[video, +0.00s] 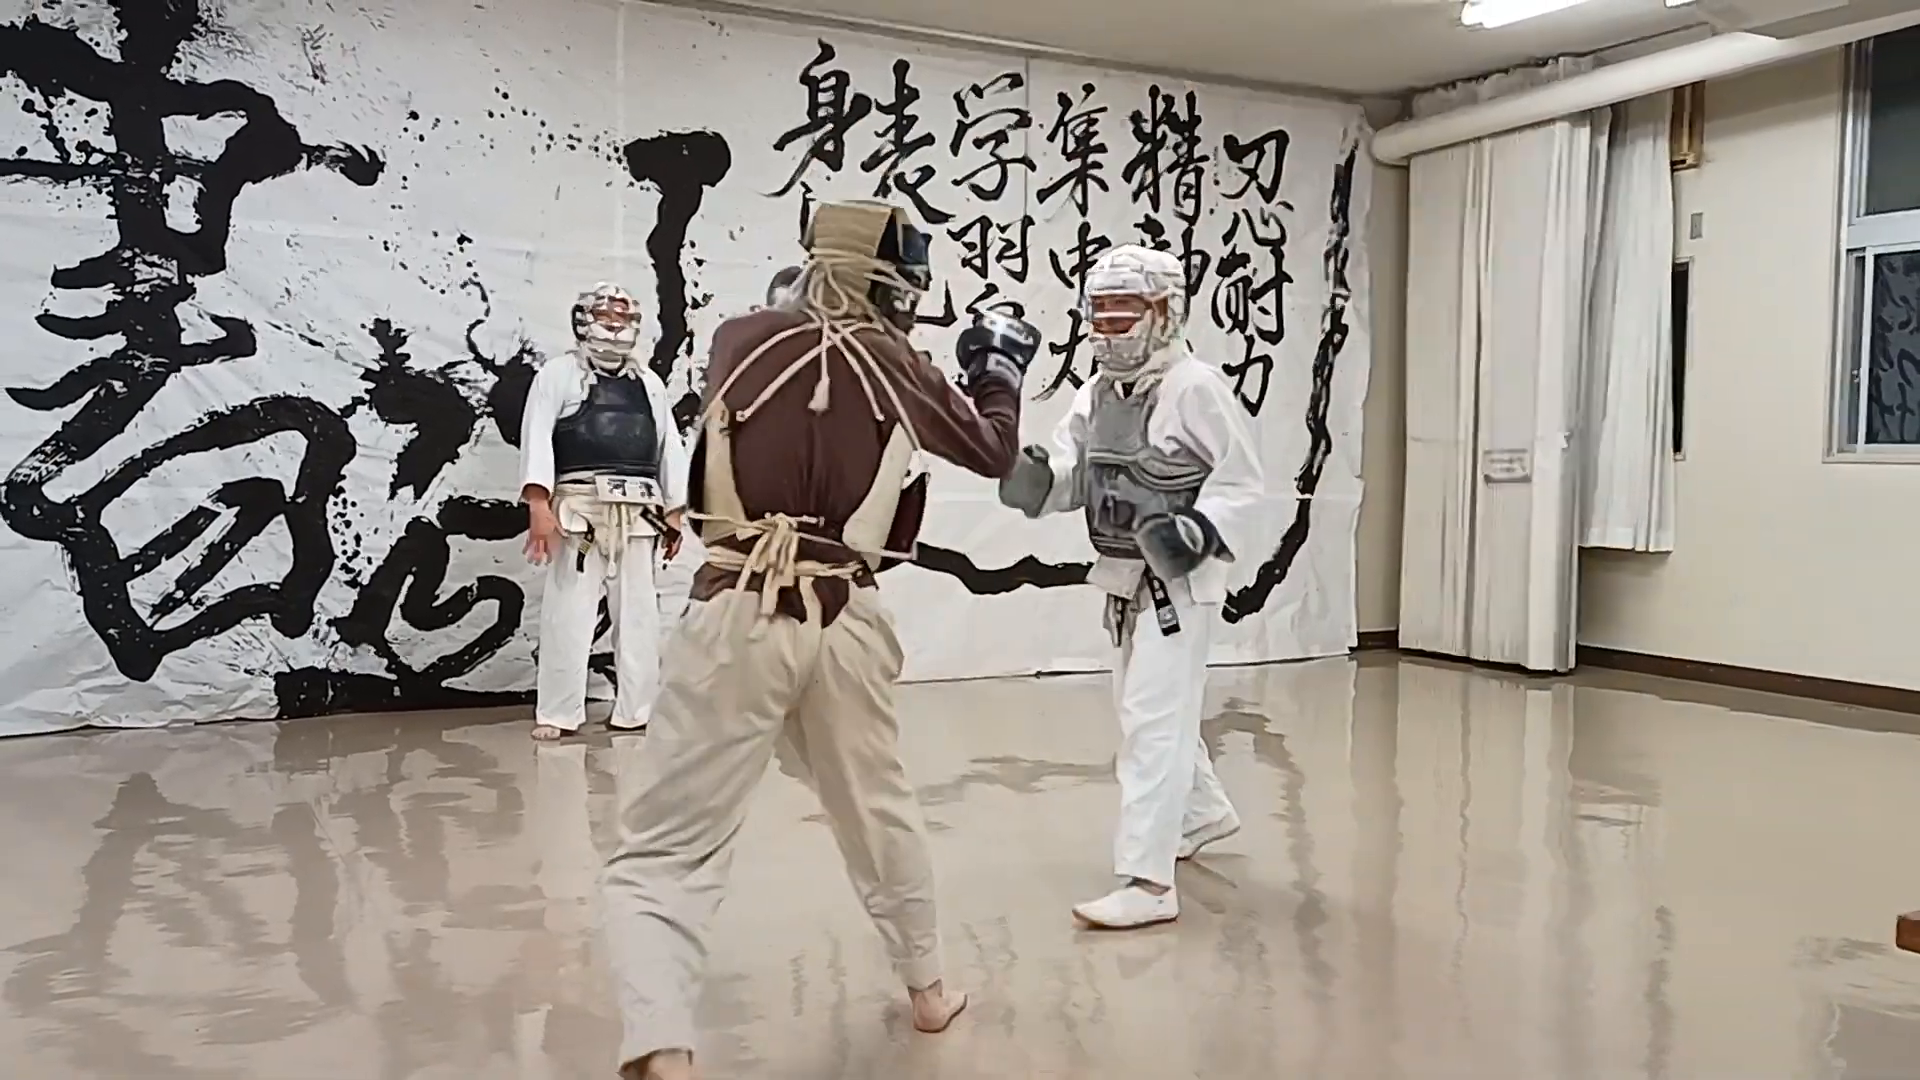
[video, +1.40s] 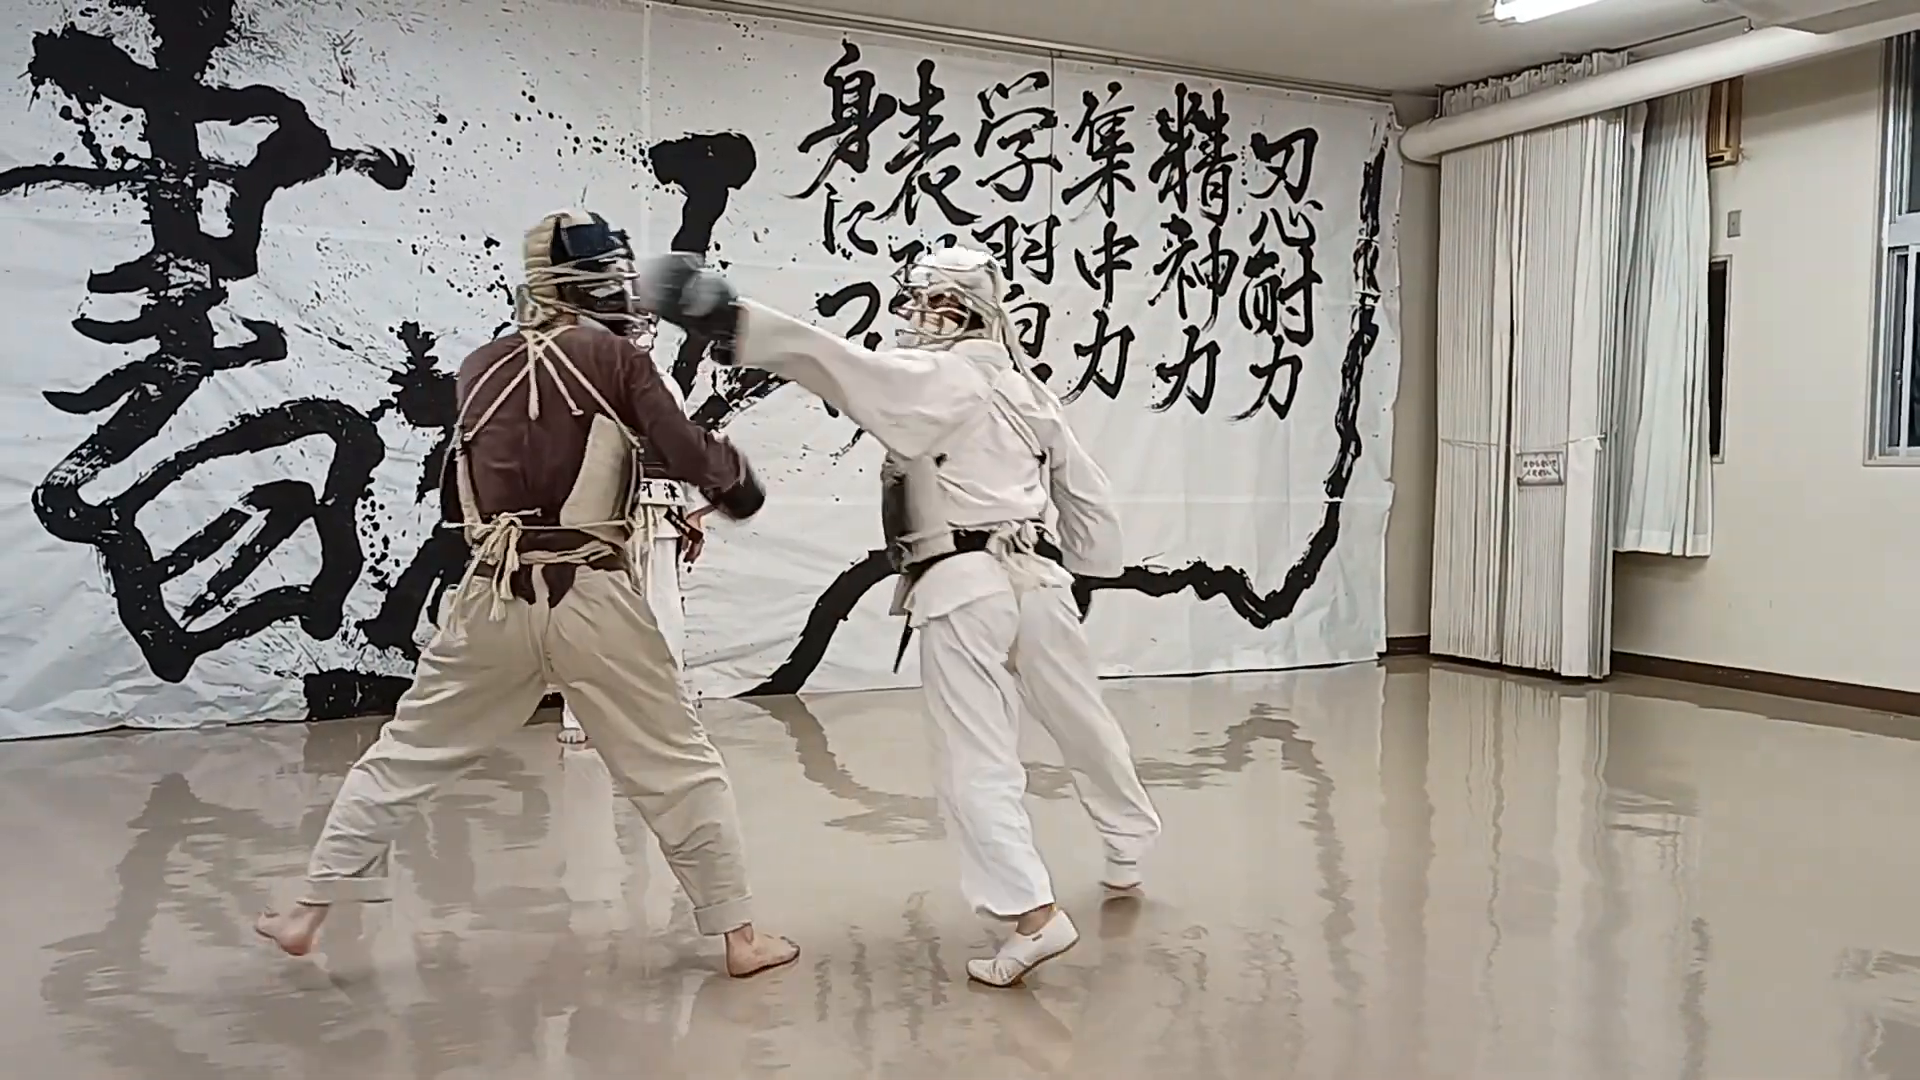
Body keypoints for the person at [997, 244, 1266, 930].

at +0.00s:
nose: (1108, 323)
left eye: (1123, 310)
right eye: (1100, 310)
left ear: (1161, 312)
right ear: (1090, 315)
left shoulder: (1195, 386)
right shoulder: (1097, 391)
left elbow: (1246, 483)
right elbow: (1072, 466)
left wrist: (1199, 528)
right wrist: (1040, 483)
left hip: (1177, 581)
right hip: (1119, 577)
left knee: (1151, 723)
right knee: (1144, 710)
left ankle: (1149, 880)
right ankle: (1205, 810)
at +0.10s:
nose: (1106, 321)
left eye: (1121, 308)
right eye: (1098, 308)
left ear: (1162, 312)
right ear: (1090, 311)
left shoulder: (1190, 383)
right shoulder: (1104, 390)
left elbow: (1215, 477)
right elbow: (1072, 465)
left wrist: (1142, 463)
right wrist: (1031, 441)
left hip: (1173, 576)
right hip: (1125, 573)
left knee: (1127, 728)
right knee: (1141, 711)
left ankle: (1147, 891)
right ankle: (1198, 809)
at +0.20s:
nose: (1105, 318)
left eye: (1121, 304)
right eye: (1098, 305)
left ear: (1161, 303)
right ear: (1091, 306)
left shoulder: (1188, 372)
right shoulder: (1109, 378)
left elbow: (1174, 443)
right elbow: (1080, 458)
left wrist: (1109, 383)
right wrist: (1040, 425)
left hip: (1169, 571)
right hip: (1130, 568)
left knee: (1125, 728)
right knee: (1148, 715)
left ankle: (1145, 889)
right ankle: (1189, 831)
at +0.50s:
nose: (1093, 320)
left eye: (1107, 305)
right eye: (1089, 306)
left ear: (1148, 306)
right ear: (1088, 309)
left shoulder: (1171, 372)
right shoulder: (1122, 379)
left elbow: (1175, 471)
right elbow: (1113, 475)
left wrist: (1083, 446)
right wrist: (1052, 443)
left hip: (1166, 569)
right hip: (1135, 567)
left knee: (1116, 709)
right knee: (1164, 710)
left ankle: (1115, 878)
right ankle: (1192, 842)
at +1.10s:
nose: (1017, 315)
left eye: (1031, 302)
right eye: (1015, 302)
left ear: (1069, 305)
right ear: (1031, 306)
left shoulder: (1079, 379)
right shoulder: (1075, 374)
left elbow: (1096, 490)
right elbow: (1070, 487)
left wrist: (1021, 535)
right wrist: (993, 492)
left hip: (1076, 588)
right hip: (1106, 583)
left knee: (985, 714)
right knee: (1094, 719)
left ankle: (1032, 878)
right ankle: (1148, 865)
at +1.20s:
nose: (989, 331)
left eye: (1003, 316)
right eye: (988, 317)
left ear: (1045, 320)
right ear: (1032, 324)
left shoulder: (1057, 389)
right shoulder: (1052, 387)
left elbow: (1084, 491)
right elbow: (1085, 502)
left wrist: (999, 523)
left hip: (1064, 597)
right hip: (1103, 591)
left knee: (958, 722)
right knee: (1088, 728)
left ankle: (993, 888)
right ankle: (1153, 869)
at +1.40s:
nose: (916, 319)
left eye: (927, 308)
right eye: (917, 307)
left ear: (953, 313)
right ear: (993, 315)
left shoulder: (936, 375)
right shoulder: (1030, 391)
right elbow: (1086, 488)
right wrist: (1089, 562)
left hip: (963, 580)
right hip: (1040, 573)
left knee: (977, 757)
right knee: (1085, 725)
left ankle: (1031, 914)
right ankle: (1129, 850)